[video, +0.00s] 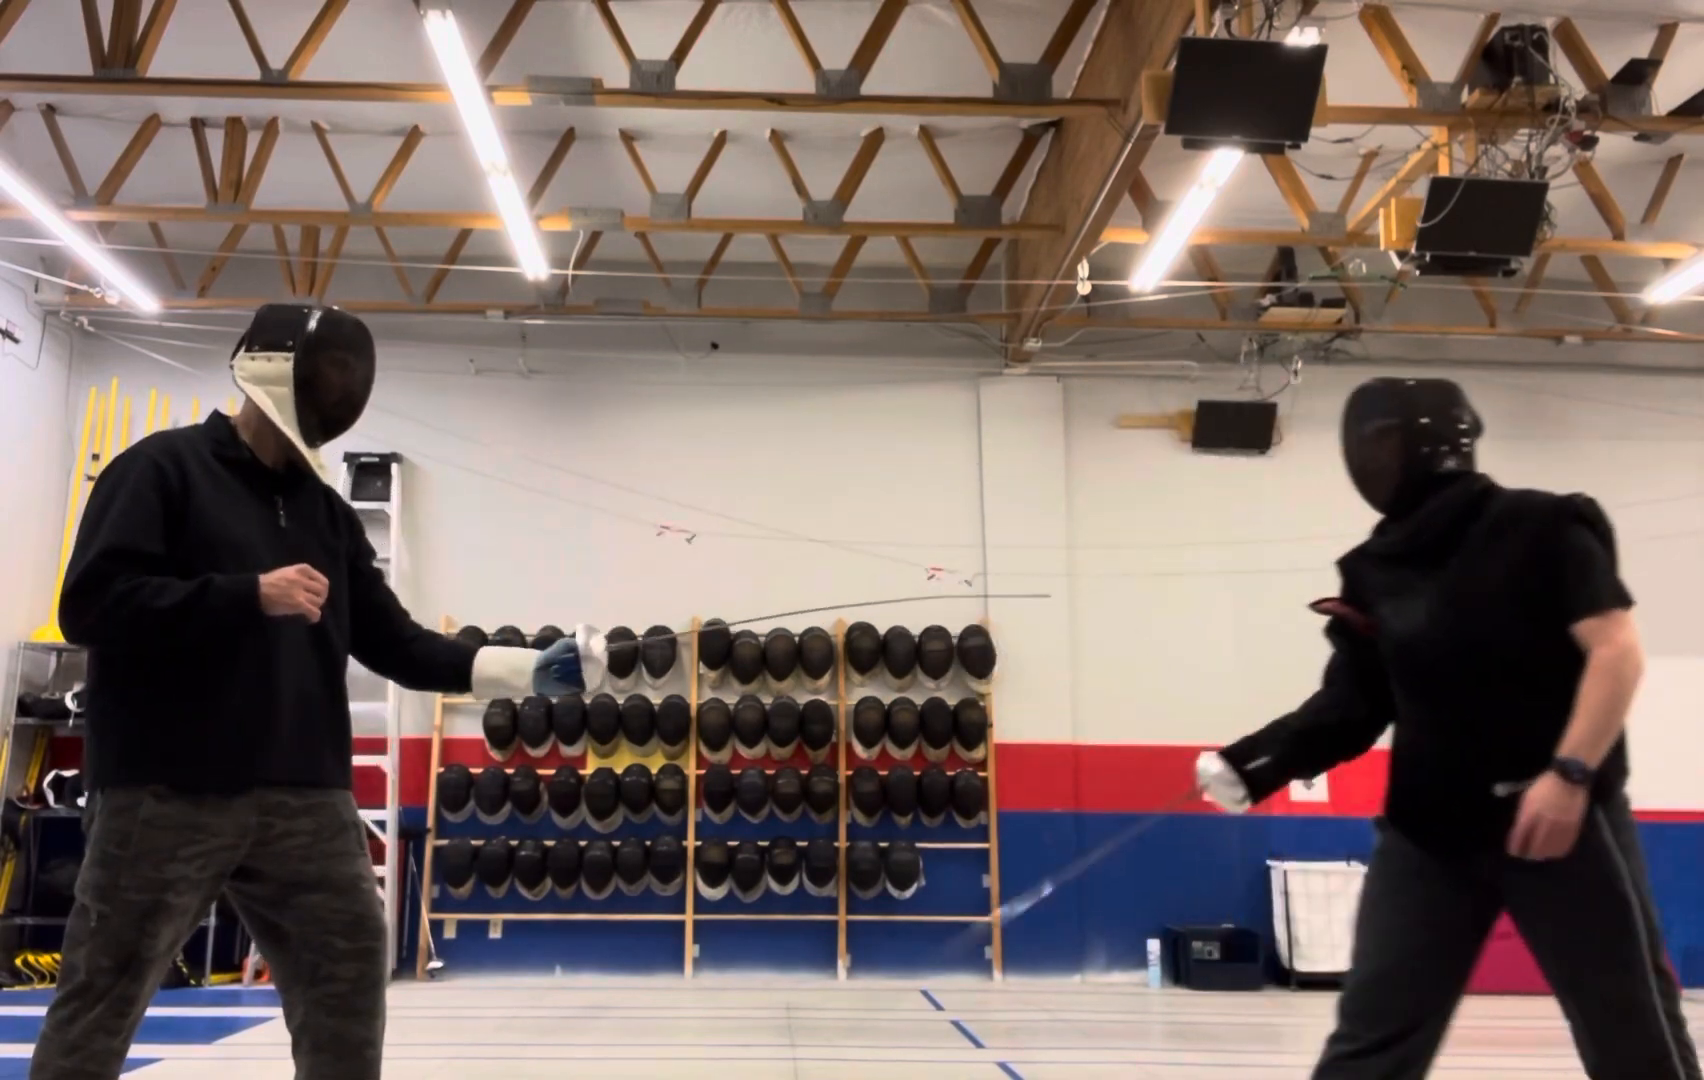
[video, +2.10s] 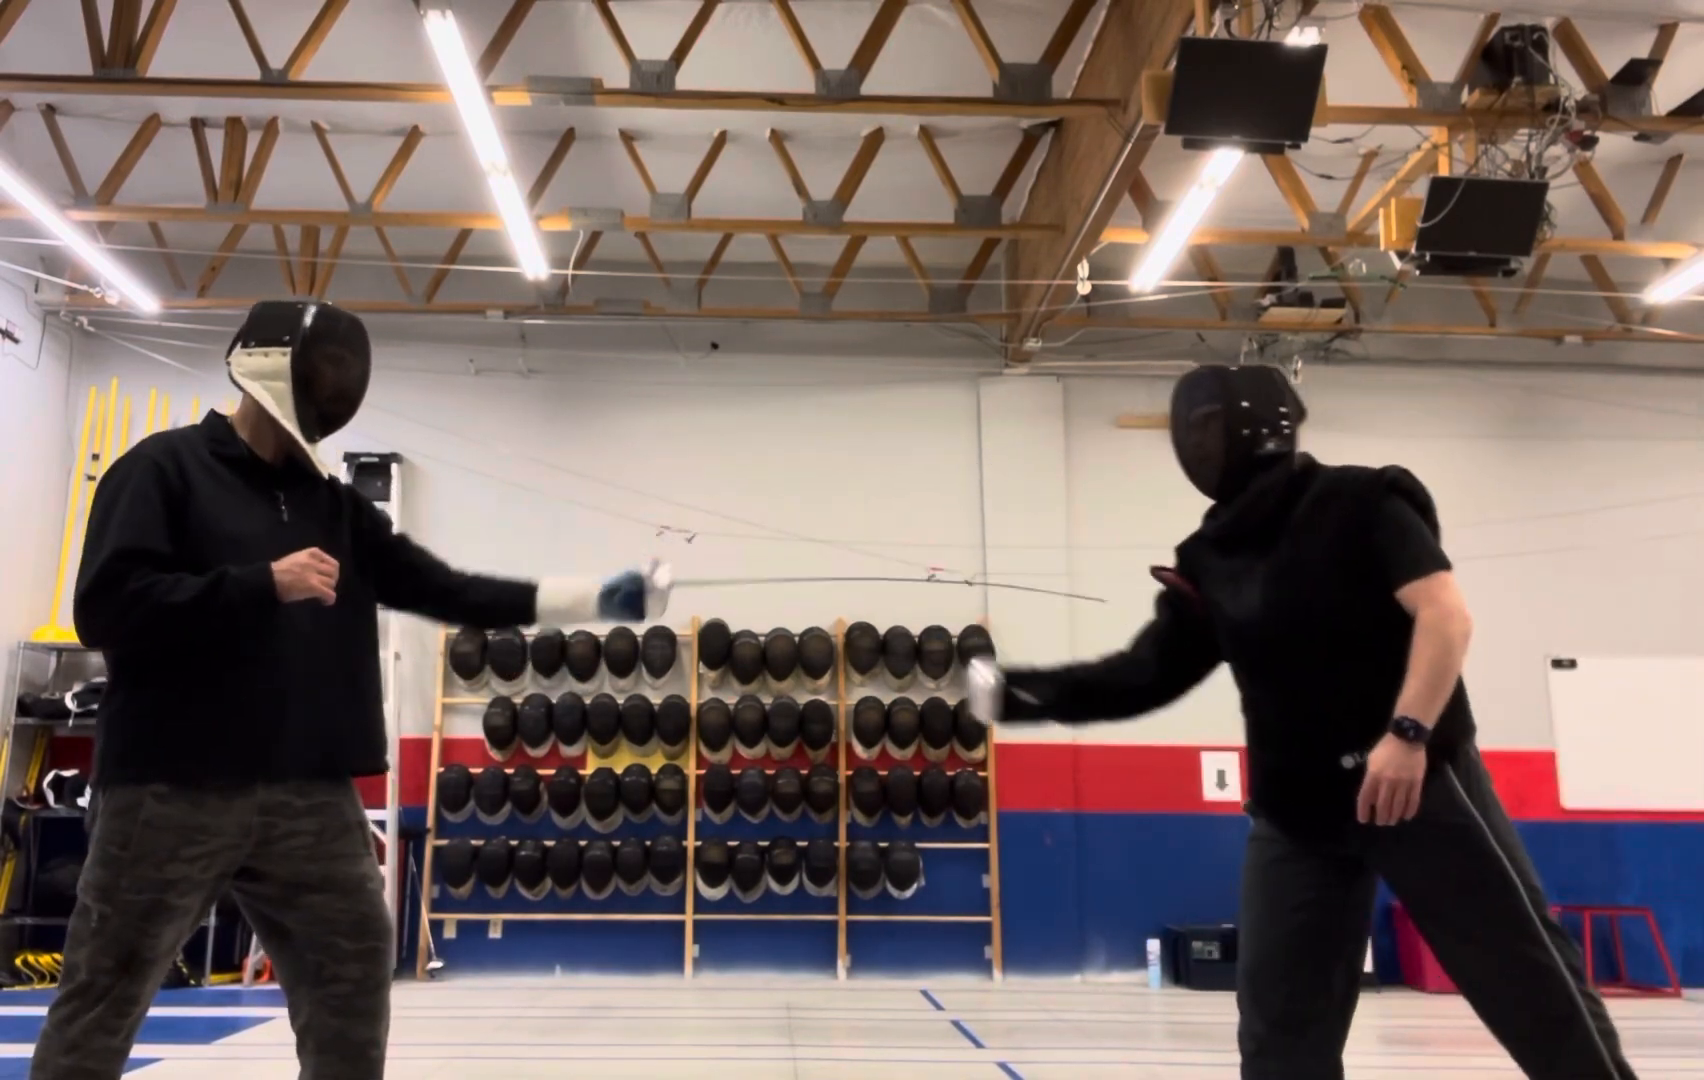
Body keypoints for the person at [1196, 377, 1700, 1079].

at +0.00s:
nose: (1357, 466)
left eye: (1366, 446)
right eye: (1355, 450)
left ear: (1410, 444)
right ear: (1443, 444)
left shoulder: (1544, 527)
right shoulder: (1376, 572)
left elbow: (1618, 652)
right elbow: (1353, 704)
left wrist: (1571, 775)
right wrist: (1254, 765)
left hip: (1561, 824)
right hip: (1431, 835)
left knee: (1637, 1040)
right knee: (1370, 1047)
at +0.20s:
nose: (1420, 455)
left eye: (1431, 433)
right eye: (1417, 439)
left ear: (1480, 426)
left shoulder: (1614, 512)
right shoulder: (1442, 559)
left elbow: (1686, 627)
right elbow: (1389, 681)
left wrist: (1684, 764)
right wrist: (1269, 683)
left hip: (1623, 808)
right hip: (1494, 819)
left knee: (1668, 1027)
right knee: (1452, 1013)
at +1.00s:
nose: (1407, 461)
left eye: (1419, 440)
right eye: (1399, 448)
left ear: (1471, 432)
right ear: (1402, 458)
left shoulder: (1595, 511)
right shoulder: (1415, 567)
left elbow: (1678, 626)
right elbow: (1306, 625)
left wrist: (1687, 757)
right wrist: (1176, 619)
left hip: (1621, 812)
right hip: (1488, 825)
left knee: (1670, 1029)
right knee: (1436, 1020)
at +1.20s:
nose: (1323, 468)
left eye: (1336, 447)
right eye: (1317, 455)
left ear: (1391, 441)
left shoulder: (1505, 524)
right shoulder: (1335, 580)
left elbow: (1593, 640)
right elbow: (1226, 641)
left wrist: (1619, 767)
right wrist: (1088, 628)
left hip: (1535, 823)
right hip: (1406, 838)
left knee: (1627, 1047)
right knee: (1356, 1055)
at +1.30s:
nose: (1267, 463)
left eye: (1278, 440)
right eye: (1262, 446)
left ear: (1328, 430)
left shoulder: (1449, 510)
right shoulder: (1284, 570)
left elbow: (1532, 626)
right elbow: (1183, 641)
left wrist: (1550, 754)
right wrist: (1049, 628)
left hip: (1484, 810)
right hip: (1354, 829)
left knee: (1592, 1040)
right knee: (1314, 1056)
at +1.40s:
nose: (1216, 458)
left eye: (1225, 435)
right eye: (1213, 442)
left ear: (1279, 425)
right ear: (1260, 436)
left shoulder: (1397, 500)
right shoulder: (1234, 562)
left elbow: (1478, 612)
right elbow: (1133, 630)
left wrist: (1473, 738)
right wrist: (999, 620)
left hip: (1440, 791)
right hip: (1314, 820)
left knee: (1555, 1018)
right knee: (1297, 1049)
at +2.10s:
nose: (1187, 448)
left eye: (1200, 427)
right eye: (1184, 432)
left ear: (1249, 424)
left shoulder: (1361, 501)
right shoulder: (1212, 565)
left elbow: (1445, 617)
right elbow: (1145, 674)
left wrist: (1410, 732)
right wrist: (1015, 691)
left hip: (1420, 792)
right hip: (1298, 820)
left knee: (1536, 996)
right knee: (1282, 1043)